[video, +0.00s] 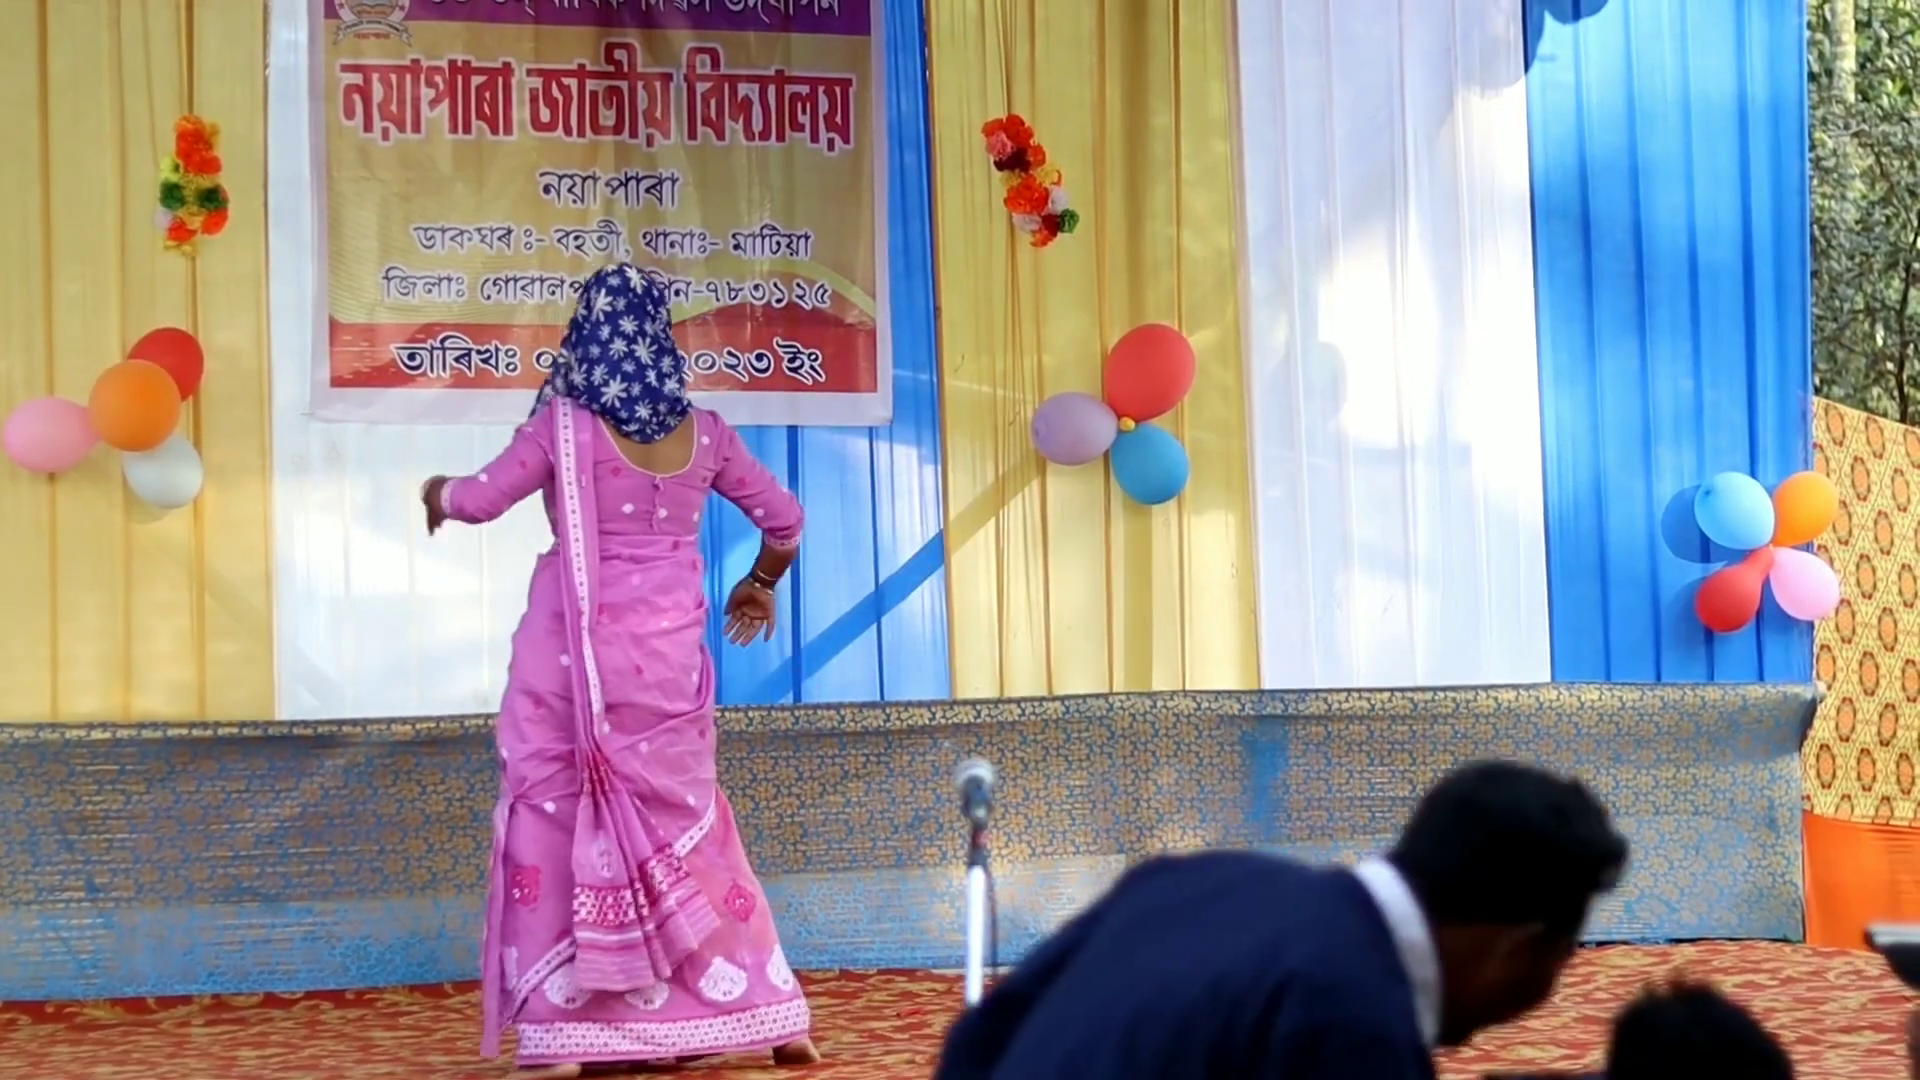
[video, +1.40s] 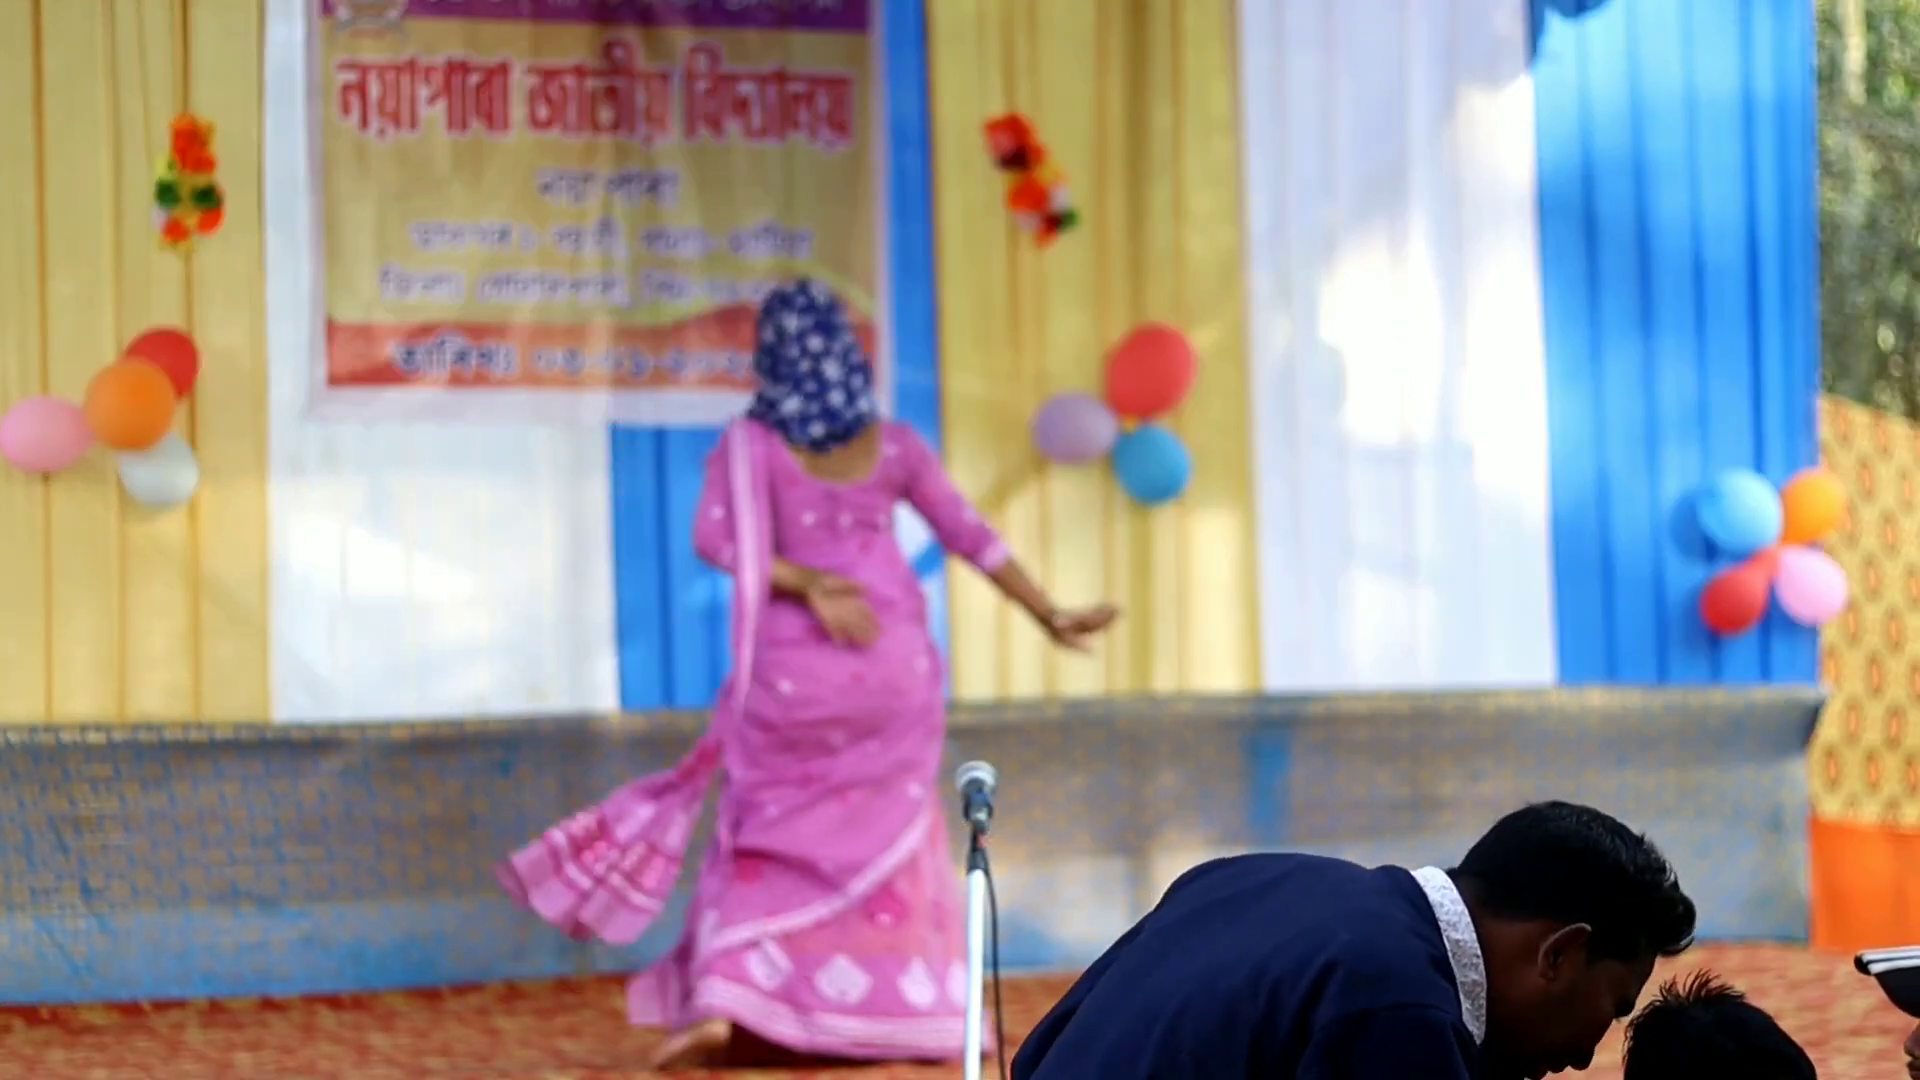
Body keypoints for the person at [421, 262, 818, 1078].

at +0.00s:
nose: (569, 342)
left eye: (576, 329)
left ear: (583, 338)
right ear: (662, 338)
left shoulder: (562, 421)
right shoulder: (701, 427)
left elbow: (482, 500)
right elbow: (785, 519)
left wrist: (440, 490)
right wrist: (762, 581)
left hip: (568, 655)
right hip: (669, 655)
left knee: (548, 821)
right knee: (696, 824)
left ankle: (554, 1023)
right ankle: (775, 1008)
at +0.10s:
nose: (549, 345)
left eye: (557, 332)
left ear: (567, 343)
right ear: (646, 343)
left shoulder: (548, 422)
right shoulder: (681, 430)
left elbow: (442, 499)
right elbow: (763, 508)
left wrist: (413, 594)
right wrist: (699, 579)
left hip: (561, 656)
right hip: (662, 658)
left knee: (547, 824)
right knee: (677, 824)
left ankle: (553, 1021)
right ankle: (765, 1005)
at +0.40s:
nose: (562, 374)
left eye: (565, 360)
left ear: (569, 369)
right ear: (651, 368)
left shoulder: (554, 457)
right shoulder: (692, 452)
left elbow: (480, 539)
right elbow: (789, 505)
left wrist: (496, 646)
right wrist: (718, 571)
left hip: (584, 683)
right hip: (686, 681)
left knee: (549, 833)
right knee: (710, 829)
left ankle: (557, 1020)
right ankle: (780, 995)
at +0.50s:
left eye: (595, 345)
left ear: (598, 351)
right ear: (680, 351)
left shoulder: (579, 438)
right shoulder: (717, 435)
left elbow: (520, 520)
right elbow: (814, 513)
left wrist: (587, 592)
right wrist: (799, 615)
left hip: (639, 672)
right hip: (737, 667)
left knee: (589, 832)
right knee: (759, 825)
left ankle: (564, 1033)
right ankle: (826, 1008)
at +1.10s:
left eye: (675, 343)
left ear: (683, 348)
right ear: (771, 345)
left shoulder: (669, 435)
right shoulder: (814, 428)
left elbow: (597, 519)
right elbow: (909, 499)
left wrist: (624, 616)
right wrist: (883, 601)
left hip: (714, 656)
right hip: (813, 652)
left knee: (664, 819)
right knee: (837, 813)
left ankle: (624, 1021)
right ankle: (902, 999)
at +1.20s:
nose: (707, 359)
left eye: (713, 346)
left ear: (719, 355)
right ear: (802, 353)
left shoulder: (700, 440)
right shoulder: (841, 440)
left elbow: (635, 527)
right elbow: (922, 534)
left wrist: (702, 609)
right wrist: (982, 620)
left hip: (772, 665)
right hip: (865, 659)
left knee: (696, 825)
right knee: (875, 825)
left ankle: (651, 1015)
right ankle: (912, 1010)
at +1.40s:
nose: (837, 348)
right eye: (838, 335)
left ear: (768, 357)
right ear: (847, 349)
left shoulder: (750, 442)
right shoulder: (892, 441)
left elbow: (717, 543)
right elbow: (969, 535)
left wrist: (808, 585)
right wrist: (1049, 615)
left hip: (792, 670)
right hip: (898, 665)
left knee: (753, 833)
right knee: (897, 831)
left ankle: (723, 1000)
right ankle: (901, 1012)